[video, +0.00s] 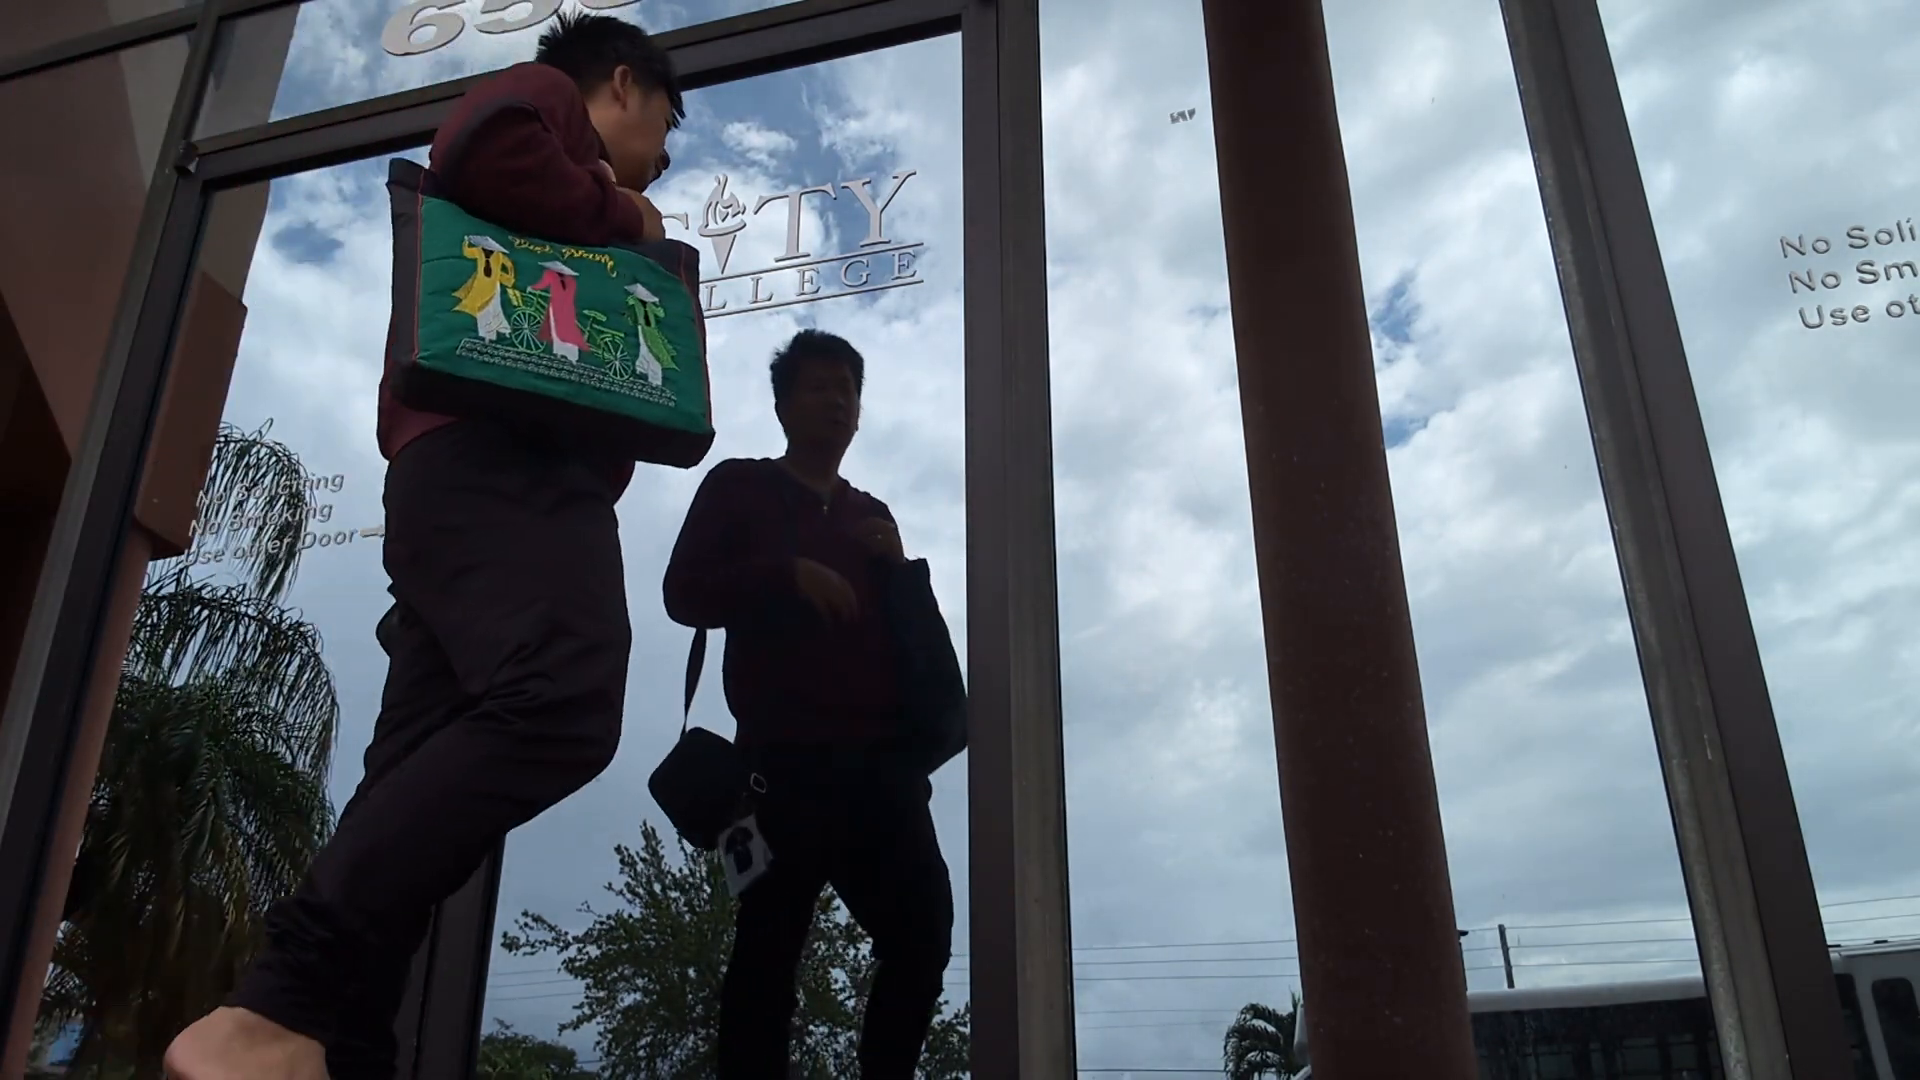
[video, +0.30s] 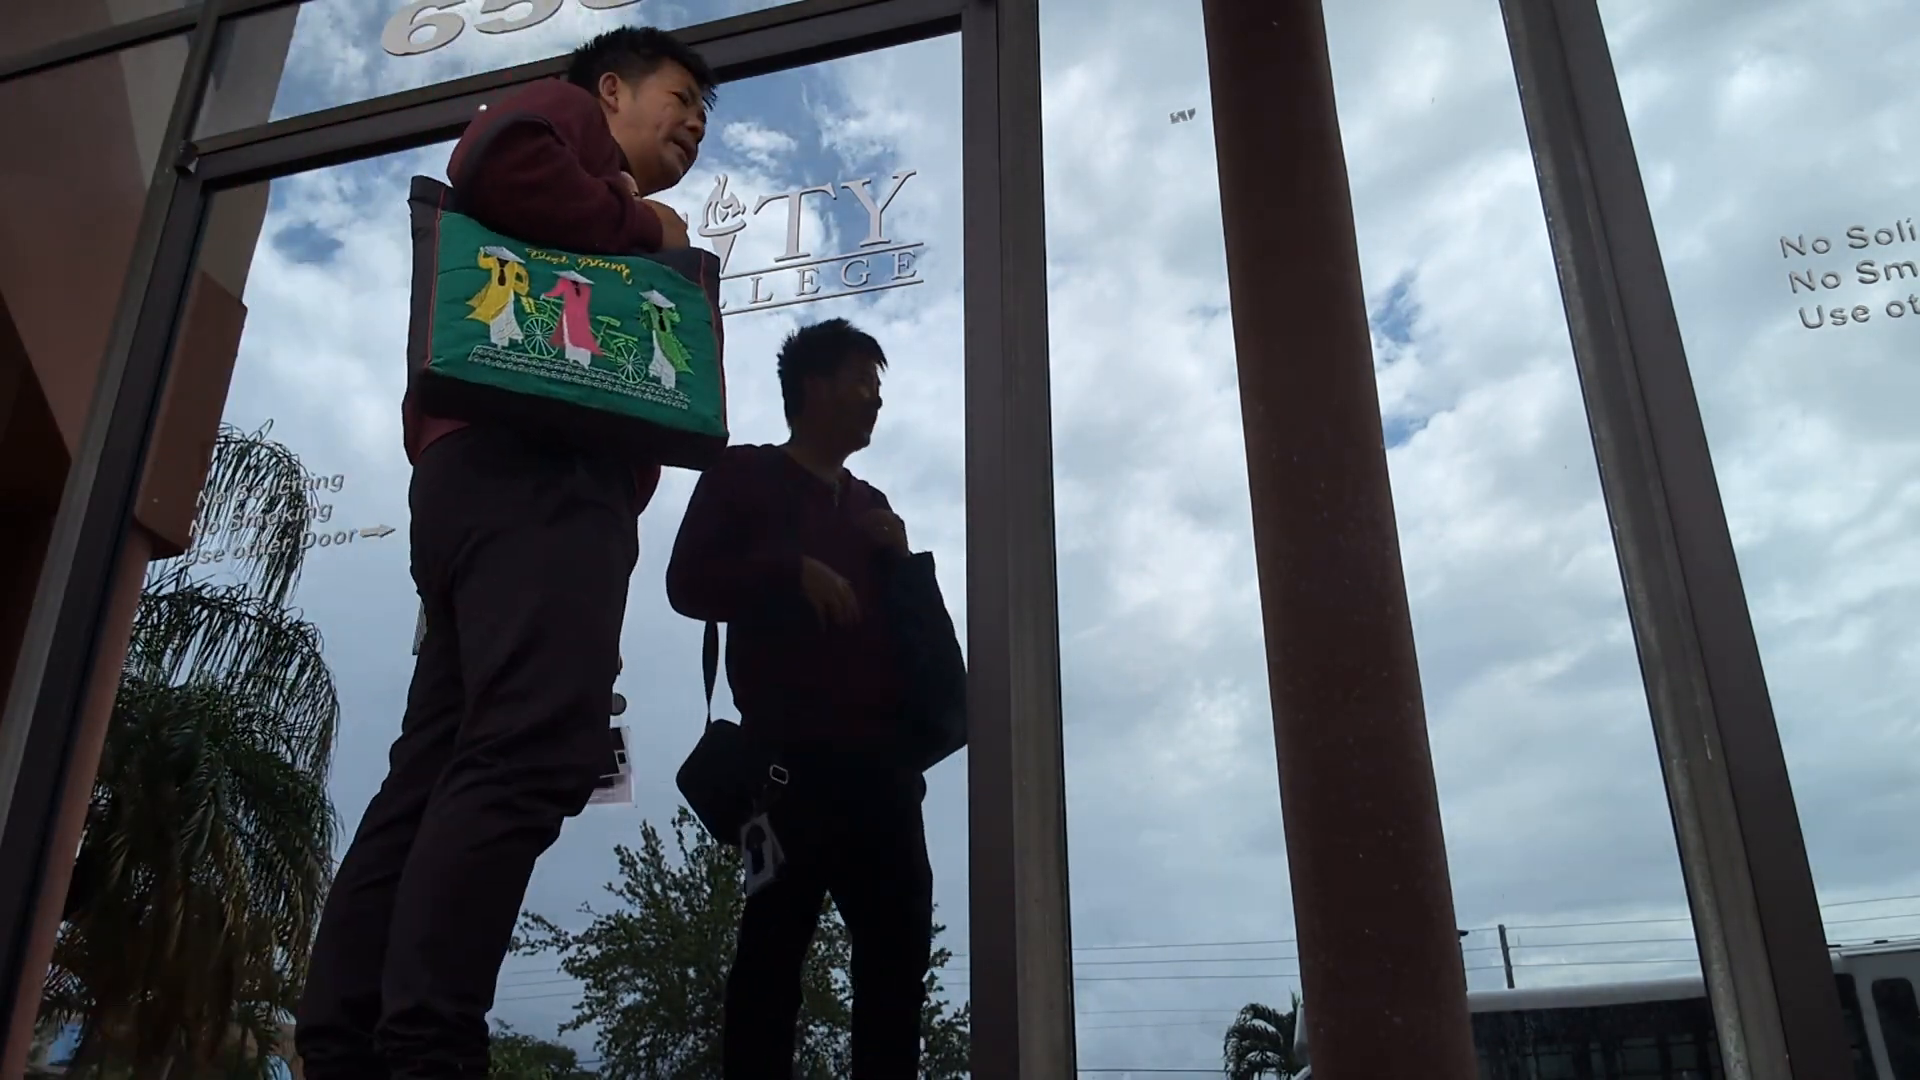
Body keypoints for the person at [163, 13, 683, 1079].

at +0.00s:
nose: (661, 159)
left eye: (669, 142)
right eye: (666, 129)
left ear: (611, 106)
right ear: (619, 86)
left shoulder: (579, 203)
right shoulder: (538, 91)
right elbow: (486, 155)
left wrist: (654, 272)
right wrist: (633, 223)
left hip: (476, 464)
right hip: (498, 452)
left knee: (417, 755)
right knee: (555, 714)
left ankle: (344, 1046)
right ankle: (270, 1020)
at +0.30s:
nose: (696, 128)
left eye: (702, 118)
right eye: (682, 103)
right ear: (613, 86)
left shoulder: (618, 216)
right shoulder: (564, 106)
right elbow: (499, 162)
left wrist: (683, 277)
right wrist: (644, 229)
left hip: (498, 472)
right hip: (533, 464)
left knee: (443, 757)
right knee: (528, 757)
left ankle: (344, 1036)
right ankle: (428, 1043)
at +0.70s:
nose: (689, 108)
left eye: (706, 105)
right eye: (676, 81)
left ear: (705, 123)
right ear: (617, 67)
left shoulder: (665, 204)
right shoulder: (566, 98)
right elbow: (476, 163)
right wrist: (676, 173)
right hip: (537, 459)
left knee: (451, 755)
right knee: (520, 757)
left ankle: (341, 1040)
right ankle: (417, 1049)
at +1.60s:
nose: (661, 75)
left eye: (682, 72)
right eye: (643, 50)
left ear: (685, 113)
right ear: (586, 61)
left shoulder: (618, 242)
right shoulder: (546, 96)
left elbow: (610, 369)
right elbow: (467, 174)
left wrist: (664, 400)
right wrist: (510, 259)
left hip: (579, 488)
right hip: (529, 454)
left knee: (458, 766)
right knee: (500, 765)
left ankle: (338, 1038)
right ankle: (410, 1049)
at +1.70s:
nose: (660, 79)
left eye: (681, 77)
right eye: (642, 55)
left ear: (683, 118)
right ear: (585, 63)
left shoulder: (616, 245)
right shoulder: (546, 96)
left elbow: (609, 368)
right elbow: (470, 178)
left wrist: (661, 401)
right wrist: (502, 284)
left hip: (578, 483)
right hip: (530, 449)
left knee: (458, 761)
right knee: (502, 761)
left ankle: (339, 1038)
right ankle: (413, 1051)